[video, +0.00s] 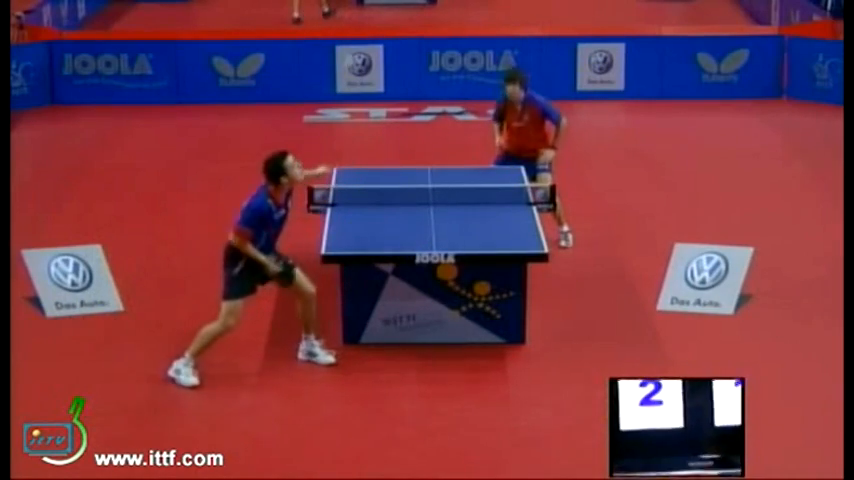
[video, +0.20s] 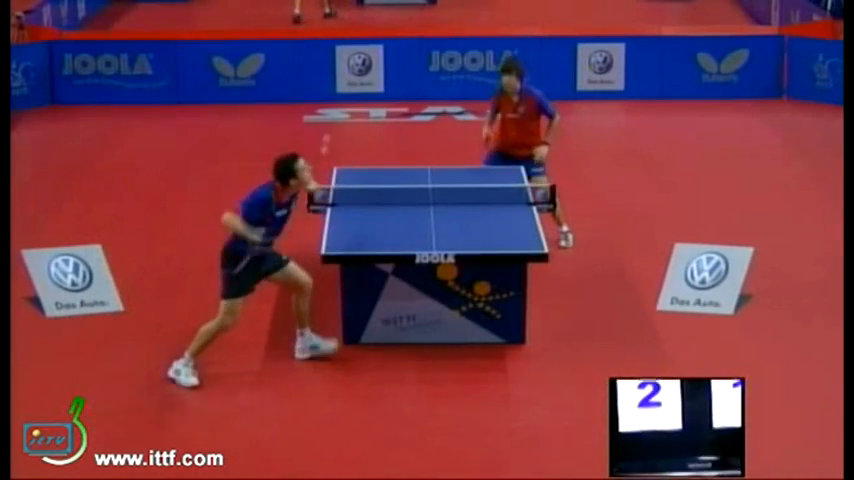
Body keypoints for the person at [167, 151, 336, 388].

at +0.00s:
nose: (301, 170)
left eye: (298, 166)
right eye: (295, 168)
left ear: (285, 180)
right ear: (282, 180)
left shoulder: (285, 190)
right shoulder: (259, 206)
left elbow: (297, 177)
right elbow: (238, 239)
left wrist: (315, 173)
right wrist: (267, 262)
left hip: (267, 252)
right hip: (242, 257)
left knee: (308, 292)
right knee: (228, 321)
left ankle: (309, 344)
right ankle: (184, 363)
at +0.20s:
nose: (307, 176)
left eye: (305, 171)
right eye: (302, 173)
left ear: (291, 180)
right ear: (290, 181)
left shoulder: (291, 191)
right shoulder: (262, 198)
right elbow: (229, 218)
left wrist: (312, 187)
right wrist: (250, 233)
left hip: (262, 252)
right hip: (238, 256)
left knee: (303, 283)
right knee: (227, 319)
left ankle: (305, 340)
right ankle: (184, 363)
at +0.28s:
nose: (318, 184)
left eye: (318, 179)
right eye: (315, 179)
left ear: (301, 182)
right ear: (302, 182)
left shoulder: (298, 196)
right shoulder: (275, 192)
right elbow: (242, 202)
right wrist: (273, 218)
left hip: (266, 254)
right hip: (244, 257)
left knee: (307, 277)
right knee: (229, 321)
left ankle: (296, 334)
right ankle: (184, 362)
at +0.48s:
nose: (348, 187)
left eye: (348, 184)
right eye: (347, 183)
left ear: (326, 177)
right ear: (339, 183)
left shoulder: (309, 189)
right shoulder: (321, 191)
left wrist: (353, 209)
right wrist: (355, 219)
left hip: (277, 252)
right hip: (268, 255)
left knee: (310, 285)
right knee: (278, 324)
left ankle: (296, 343)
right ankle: (218, 346)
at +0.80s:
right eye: (361, 168)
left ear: (338, 163)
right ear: (361, 169)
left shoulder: (321, 181)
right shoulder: (357, 191)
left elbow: (285, 194)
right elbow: (371, 234)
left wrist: (271, 206)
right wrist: (381, 230)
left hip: (299, 240)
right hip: (327, 245)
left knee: (306, 290)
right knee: (363, 305)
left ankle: (287, 346)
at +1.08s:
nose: (349, 181)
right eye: (349, 177)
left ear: (326, 175)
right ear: (348, 181)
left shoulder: (307, 197)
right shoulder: (349, 207)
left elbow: (278, 215)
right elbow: (371, 244)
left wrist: (300, 217)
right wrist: (381, 227)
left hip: (297, 268)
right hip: (332, 270)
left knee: (266, 301)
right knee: (369, 312)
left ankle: (264, 363)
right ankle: (405, 367)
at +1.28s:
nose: (324, 193)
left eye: (323, 188)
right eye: (323, 189)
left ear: (299, 186)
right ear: (318, 192)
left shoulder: (283, 205)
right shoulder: (303, 219)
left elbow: (296, 249)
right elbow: (310, 264)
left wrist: (330, 263)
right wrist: (337, 266)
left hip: (235, 267)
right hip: (261, 274)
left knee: (226, 309)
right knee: (310, 315)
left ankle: (183, 353)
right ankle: (287, 379)